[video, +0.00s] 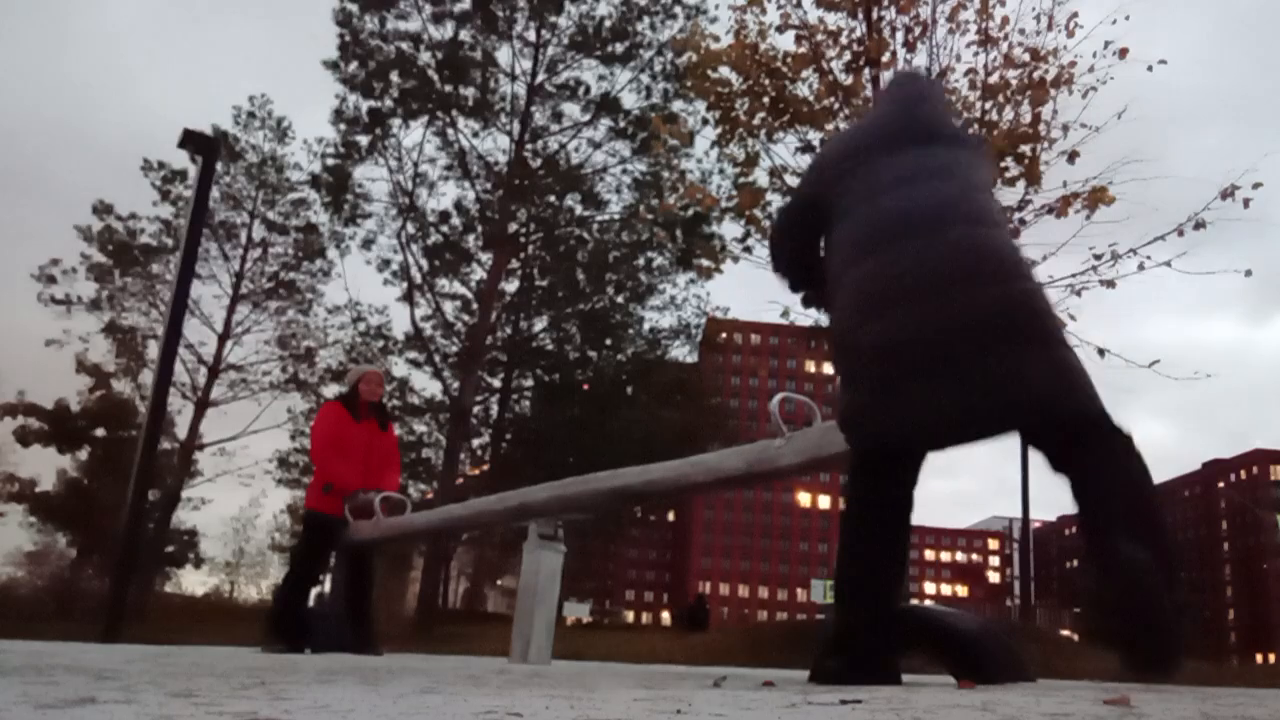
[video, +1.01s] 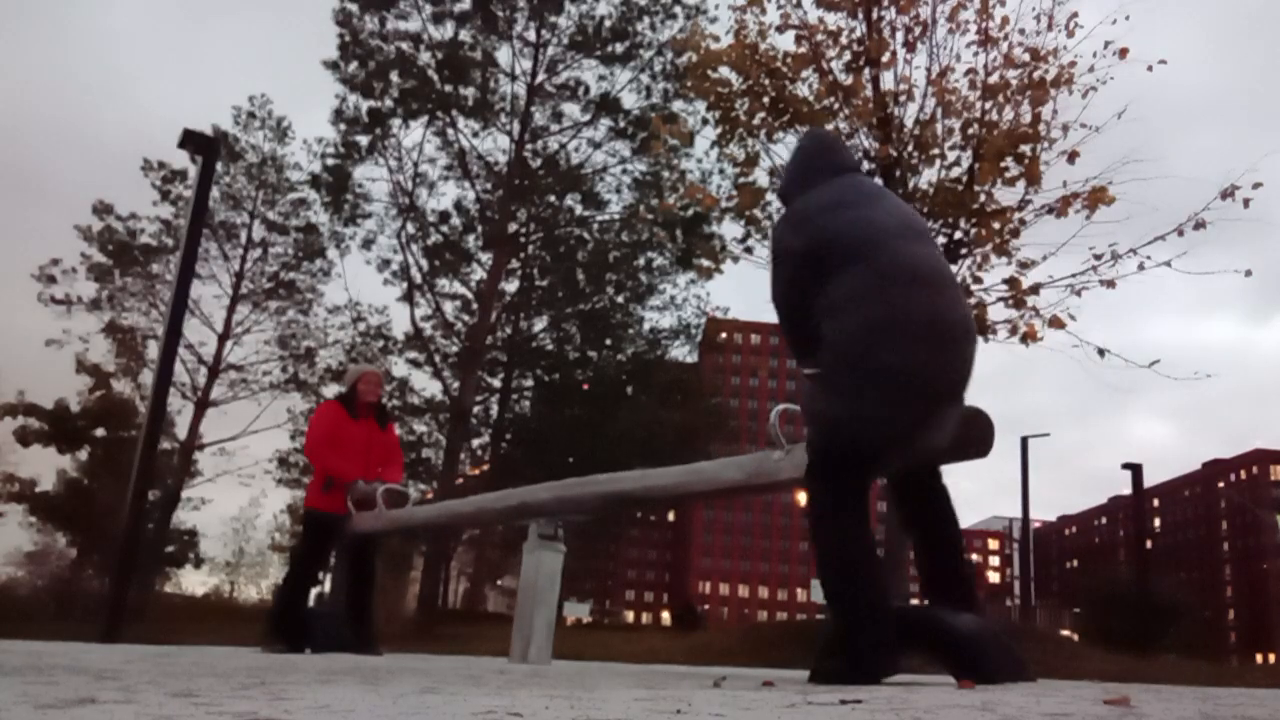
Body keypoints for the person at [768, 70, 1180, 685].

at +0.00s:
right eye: (945, 102)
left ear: (877, 108)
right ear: (940, 106)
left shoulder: (837, 156)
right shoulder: (965, 146)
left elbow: (788, 241)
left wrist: (829, 288)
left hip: (892, 362)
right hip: (1008, 343)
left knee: (877, 496)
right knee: (1097, 450)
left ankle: (860, 655)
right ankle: (1146, 620)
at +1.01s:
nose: (786, 197)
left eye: (786, 189)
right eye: (786, 190)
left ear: (798, 180)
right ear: (843, 167)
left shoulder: (797, 218)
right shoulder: (885, 200)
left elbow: (792, 309)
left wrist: (816, 356)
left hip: (871, 351)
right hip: (948, 343)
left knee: (835, 492)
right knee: (917, 477)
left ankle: (858, 639)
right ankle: (962, 627)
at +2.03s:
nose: (854, 281)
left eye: (860, 274)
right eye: (857, 274)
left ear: (876, 272)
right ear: (922, 273)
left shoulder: (866, 313)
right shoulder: (947, 315)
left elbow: (834, 398)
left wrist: (835, 444)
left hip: (916, 455)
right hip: (994, 461)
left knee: (802, 538)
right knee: (934, 566)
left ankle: (867, 650)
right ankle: (990, 659)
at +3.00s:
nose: (842, 209)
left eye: (846, 200)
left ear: (861, 196)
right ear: (910, 193)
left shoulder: (859, 231)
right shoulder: (939, 232)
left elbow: (838, 317)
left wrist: (836, 361)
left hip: (912, 366)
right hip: (988, 367)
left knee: (836, 481)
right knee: (923, 484)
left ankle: (852, 643)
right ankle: (976, 631)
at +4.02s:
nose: (877, 159)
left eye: (884, 146)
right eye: (876, 148)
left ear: (912, 140)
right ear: (928, 138)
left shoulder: (957, 178)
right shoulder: (904, 204)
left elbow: (945, 202)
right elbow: (879, 307)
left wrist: (865, 215)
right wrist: (828, 376)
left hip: (952, 343)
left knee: (824, 406)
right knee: (906, 455)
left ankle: (845, 536)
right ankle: (978, 587)